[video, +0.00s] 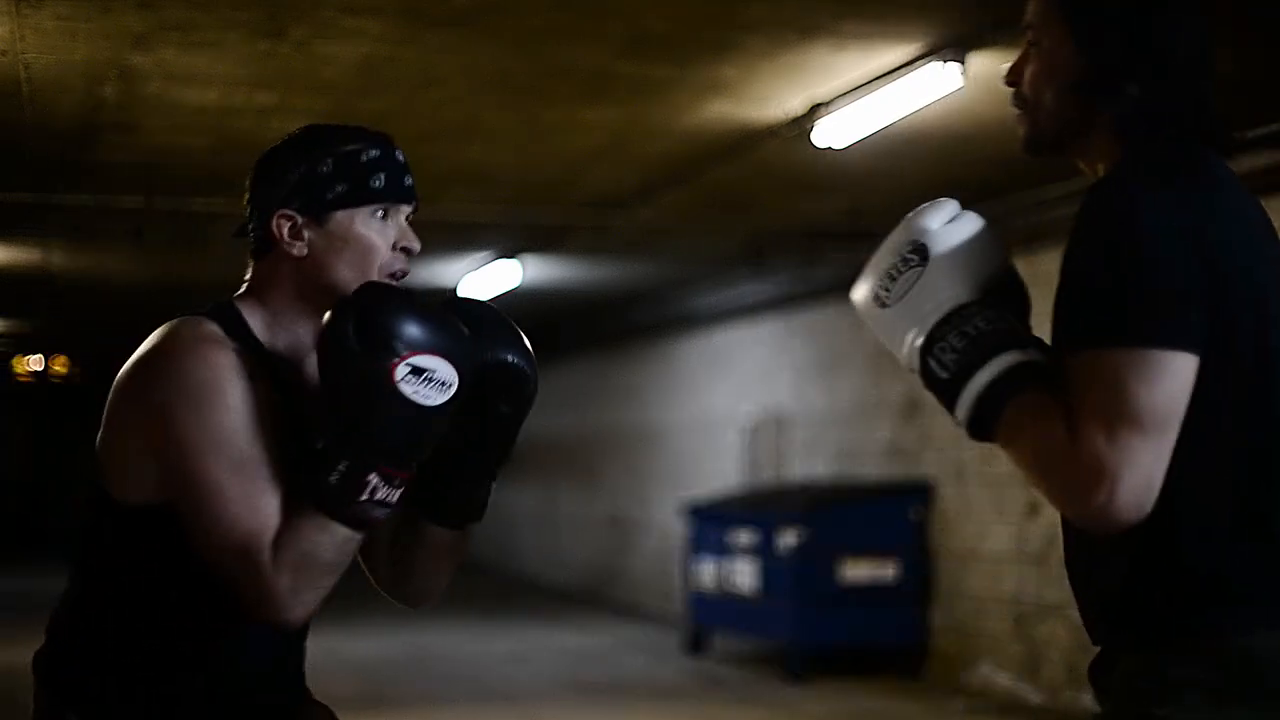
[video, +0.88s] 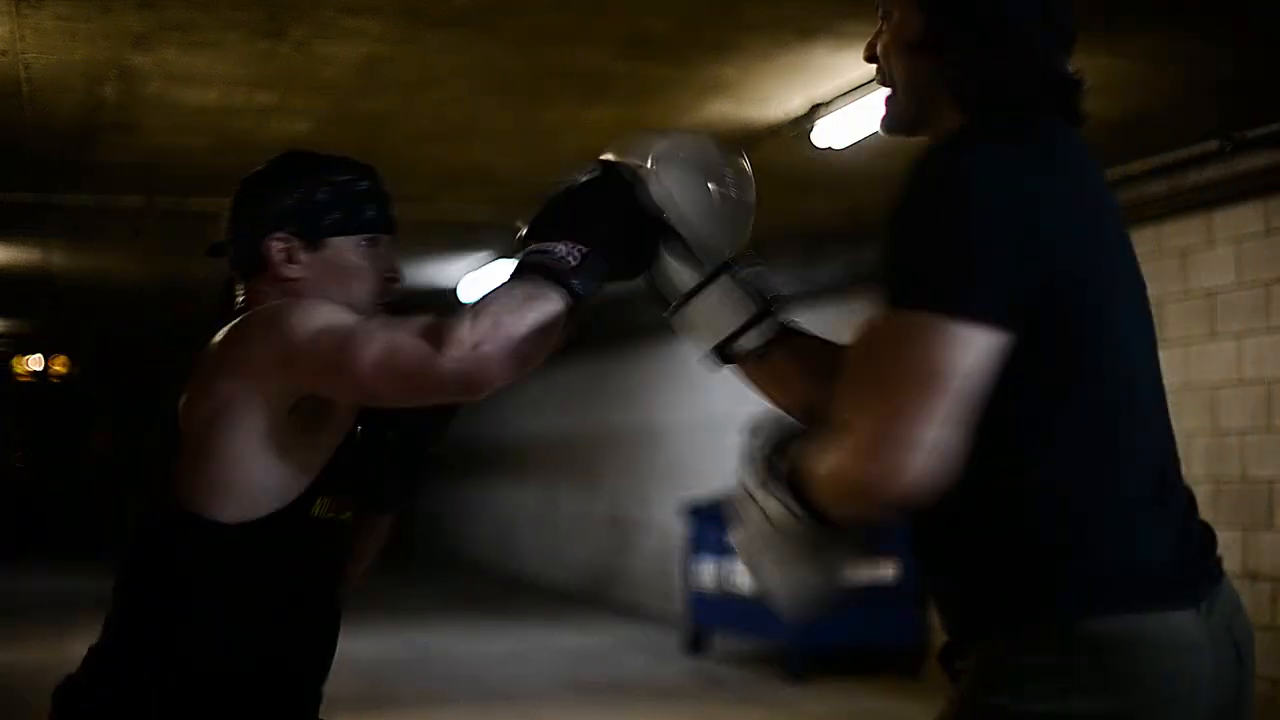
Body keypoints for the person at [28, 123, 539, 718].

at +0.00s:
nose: (412, 245)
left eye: (407, 219)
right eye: (383, 216)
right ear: (292, 232)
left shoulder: (333, 369)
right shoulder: (191, 364)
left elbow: (412, 581)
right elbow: (279, 594)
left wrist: (472, 446)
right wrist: (372, 447)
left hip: (259, 692)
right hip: (137, 698)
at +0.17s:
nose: (361, 273)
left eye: (358, 248)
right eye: (337, 246)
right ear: (244, 257)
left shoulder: (259, 389)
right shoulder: (143, 391)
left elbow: (363, 586)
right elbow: (266, 604)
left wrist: (412, 425)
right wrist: (337, 433)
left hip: (212, 703)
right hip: (102, 716)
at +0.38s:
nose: (327, 304)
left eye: (323, 278)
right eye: (300, 276)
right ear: (210, 287)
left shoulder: (236, 411)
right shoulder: (96, 418)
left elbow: (315, 619)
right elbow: (191, 639)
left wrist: (373, 475)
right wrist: (279, 486)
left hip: (203, 709)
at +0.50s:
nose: (271, 305)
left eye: (272, 276)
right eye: (240, 278)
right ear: (152, 289)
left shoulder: (259, 412)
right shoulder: (47, 426)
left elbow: (347, 611)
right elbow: (114, 654)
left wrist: (359, 449)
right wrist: (200, 483)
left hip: (239, 707)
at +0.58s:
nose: (234, 346)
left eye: (240, 314)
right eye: (200, 320)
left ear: (252, 312)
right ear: (130, 336)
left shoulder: (280, 430)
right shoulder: (56, 468)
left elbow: (394, 633)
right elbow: (76, 697)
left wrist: (344, 471)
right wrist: (123, 538)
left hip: (264, 713)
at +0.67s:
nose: (260, 345)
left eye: (265, 315)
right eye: (227, 326)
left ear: (280, 315)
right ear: (161, 347)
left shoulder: (313, 434)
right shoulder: (90, 472)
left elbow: (437, 626)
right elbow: (75, 696)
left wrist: (368, 498)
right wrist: (113, 527)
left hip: (277, 707)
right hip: (145, 717)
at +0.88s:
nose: (393, 271)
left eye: (386, 246)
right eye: (370, 243)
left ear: (286, 260)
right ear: (288, 256)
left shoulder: (268, 342)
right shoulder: (286, 333)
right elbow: (467, 358)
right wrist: (565, 257)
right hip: (196, 709)